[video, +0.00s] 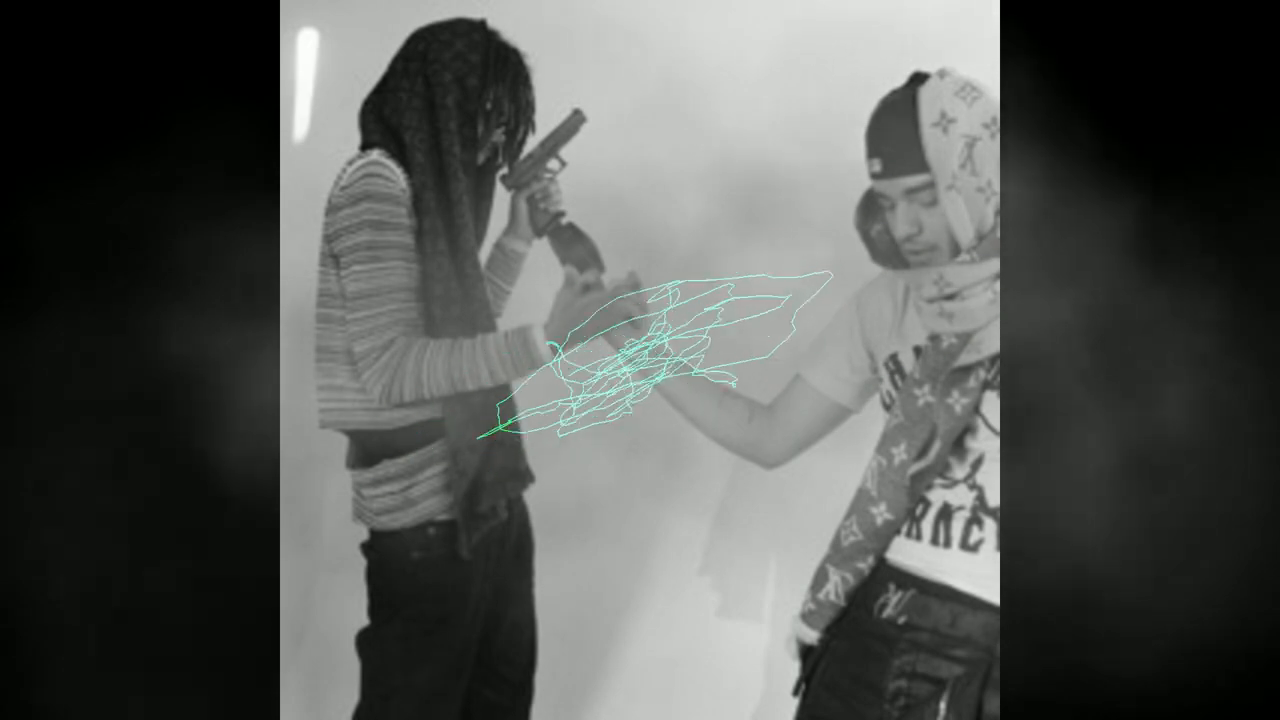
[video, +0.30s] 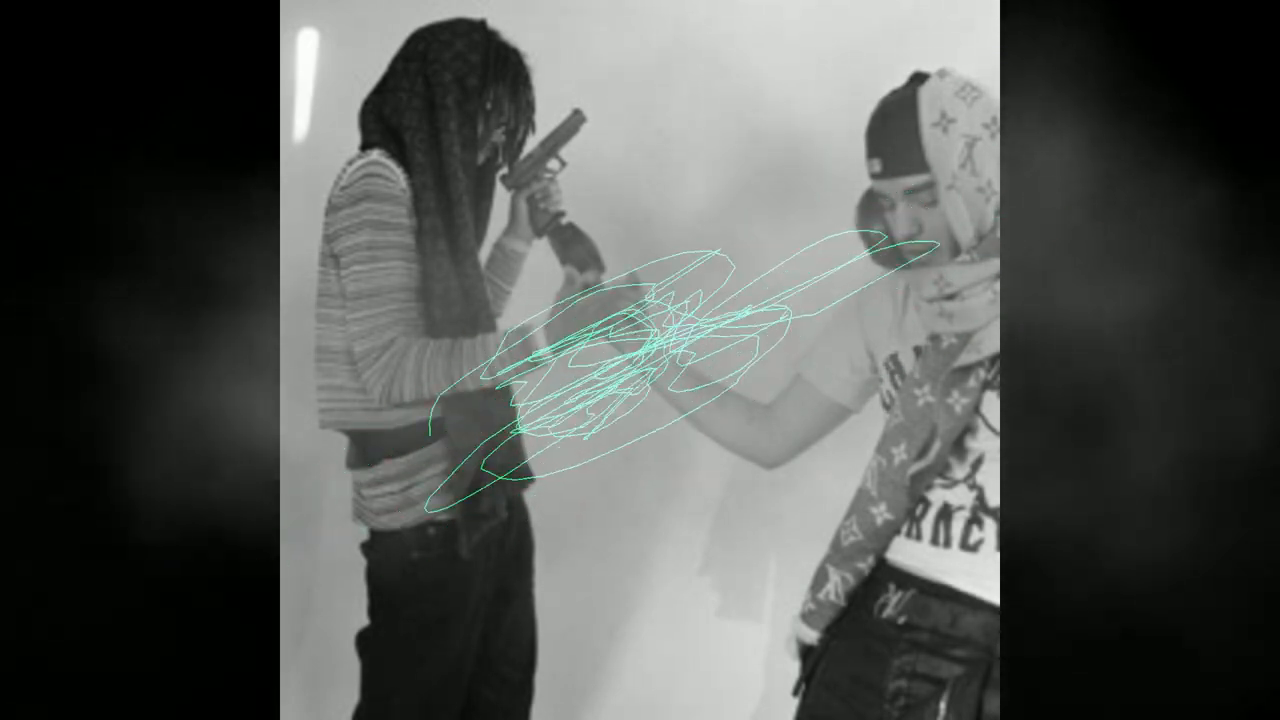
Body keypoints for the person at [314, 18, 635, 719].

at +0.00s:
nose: (498, 145)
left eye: (505, 127)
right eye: (493, 122)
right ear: (450, 108)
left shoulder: (425, 192)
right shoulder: (376, 183)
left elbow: (462, 332)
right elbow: (388, 368)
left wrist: (518, 235)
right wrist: (549, 339)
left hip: (485, 500)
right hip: (422, 516)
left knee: (500, 700)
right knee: (411, 705)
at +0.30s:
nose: (499, 145)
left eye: (506, 126)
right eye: (492, 120)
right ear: (447, 107)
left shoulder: (427, 193)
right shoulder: (377, 181)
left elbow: (462, 333)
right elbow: (392, 370)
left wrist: (518, 234)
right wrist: (551, 333)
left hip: (487, 492)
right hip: (421, 510)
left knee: (500, 698)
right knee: (413, 703)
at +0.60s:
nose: (499, 144)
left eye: (506, 125)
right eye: (493, 120)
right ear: (450, 109)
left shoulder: (428, 192)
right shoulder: (377, 183)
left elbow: (462, 330)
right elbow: (388, 368)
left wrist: (519, 234)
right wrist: (550, 340)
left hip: (486, 502)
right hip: (421, 519)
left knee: (500, 702)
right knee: (412, 706)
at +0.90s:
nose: (498, 146)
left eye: (505, 128)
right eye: (492, 122)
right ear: (449, 109)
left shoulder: (426, 192)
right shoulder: (377, 182)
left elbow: (462, 332)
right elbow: (387, 368)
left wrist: (519, 234)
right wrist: (548, 340)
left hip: (484, 503)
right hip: (422, 520)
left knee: (499, 703)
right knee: (411, 706)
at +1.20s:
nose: (502, 146)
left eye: (509, 125)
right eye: (495, 121)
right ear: (449, 109)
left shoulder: (428, 191)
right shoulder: (377, 183)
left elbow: (461, 332)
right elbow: (389, 369)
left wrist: (517, 235)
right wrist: (548, 339)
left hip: (487, 491)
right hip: (423, 507)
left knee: (499, 695)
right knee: (414, 701)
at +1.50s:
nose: (499, 147)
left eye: (506, 129)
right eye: (493, 124)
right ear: (450, 110)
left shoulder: (425, 192)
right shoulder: (377, 183)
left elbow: (462, 329)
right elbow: (388, 369)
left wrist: (519, 234)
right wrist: (550, 338)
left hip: (486, 493)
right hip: (423, 510)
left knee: (500, 695)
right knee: (413, 702)